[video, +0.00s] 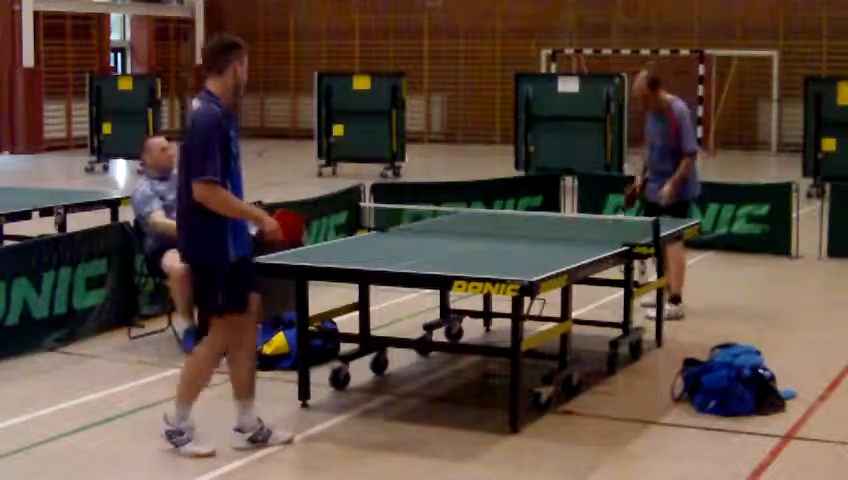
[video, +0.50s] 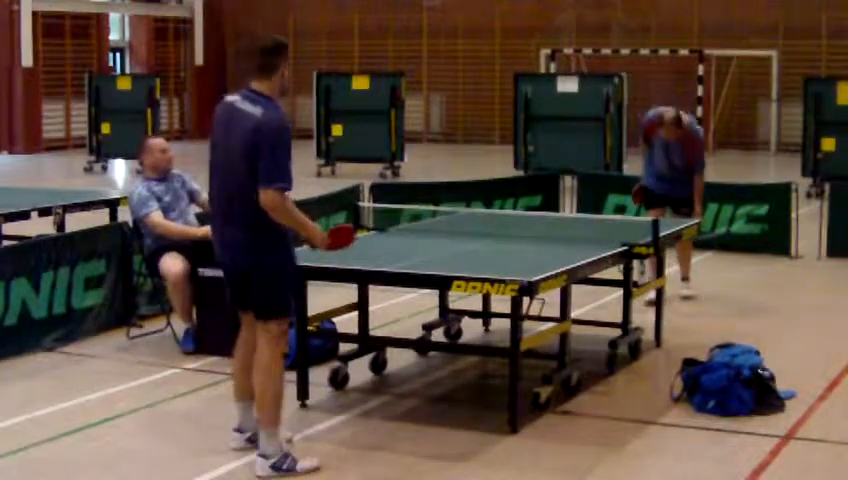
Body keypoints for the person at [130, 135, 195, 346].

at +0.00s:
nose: (170, 154)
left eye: (169, 149)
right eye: (163, 151)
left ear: (172, 152)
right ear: (148, 158)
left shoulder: (178, 178)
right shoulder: (144, 187)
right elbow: (157, 222)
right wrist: (190, 231)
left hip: (189, 233)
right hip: (163, 241)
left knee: (213, 258)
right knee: (178, 268)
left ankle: (213, 319)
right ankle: (187, 322)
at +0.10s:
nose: (171, 154)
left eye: (169, 149)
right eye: (163, 151)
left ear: (172, 152)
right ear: (147, 158)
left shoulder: (182, 179)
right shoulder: (143, 188)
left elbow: (199, 203)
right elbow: (158, 222)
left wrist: (207, 226)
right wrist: (196, 232)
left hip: (192, 234)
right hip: (163, 241)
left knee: (218, 256)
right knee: (179, 266)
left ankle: (214, 318)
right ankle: (187, 323)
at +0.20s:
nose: (168, 155)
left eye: (168, 150)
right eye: (161, 151)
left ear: (170, 154)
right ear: (145, 159)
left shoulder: (180, 180)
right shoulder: (142, 190)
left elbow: (202, 199)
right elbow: (158, 223)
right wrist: (199, 232)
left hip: (192, 236)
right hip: (163, 242)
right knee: (179, 266)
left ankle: (219, 319)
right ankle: (188, 324)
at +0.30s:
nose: (168, 154)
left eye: (167, 149)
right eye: (161, 151)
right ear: (145, 159)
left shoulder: (179, 179)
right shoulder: (141, 190)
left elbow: (199, 202)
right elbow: (158, 223)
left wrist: (218, 217)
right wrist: (201, 232)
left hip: (195, 235)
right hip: (165, 242)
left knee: (229, 252)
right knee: (177, 267)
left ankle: (230, 319)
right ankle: (188, 324)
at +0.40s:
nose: (168, 156)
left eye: (167, 151)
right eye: (161, 152)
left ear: (169, 154)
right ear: (145, 159)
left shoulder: (177, 179)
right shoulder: (141, 190)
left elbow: (202, 201)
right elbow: (158, 225)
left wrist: (224, 211)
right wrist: (204, 231)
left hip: (194, 234)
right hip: (165, 242)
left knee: (231, 251)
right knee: (176, 270)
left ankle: (228, 317)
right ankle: (189, 325)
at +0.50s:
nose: (170, 156)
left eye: (169, 151)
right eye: (163, 152)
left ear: (170, 154)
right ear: (146, 159)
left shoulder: (178, 179)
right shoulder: (140, 191)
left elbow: (204, 201)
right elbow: (158, 225)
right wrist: (203, 232)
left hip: (194, 234)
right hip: (164, 243)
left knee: (232, 252)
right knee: (176, 270)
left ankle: (228, 317)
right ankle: (189, 325)